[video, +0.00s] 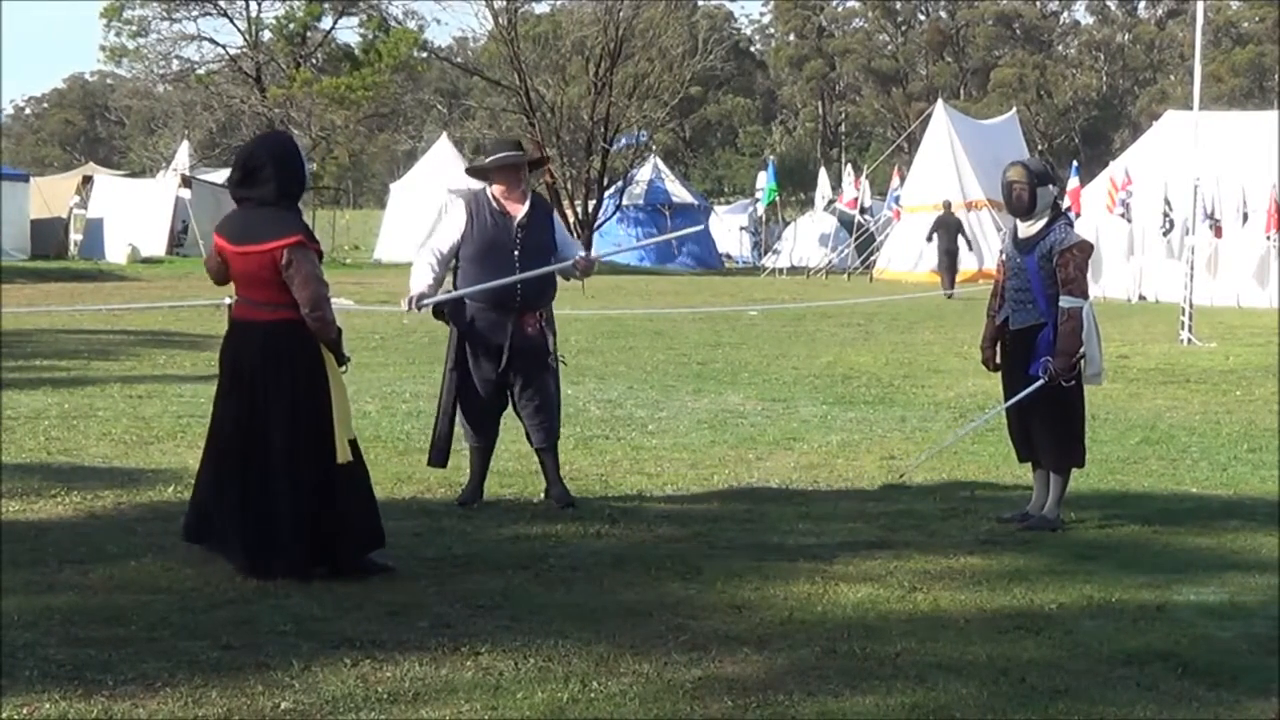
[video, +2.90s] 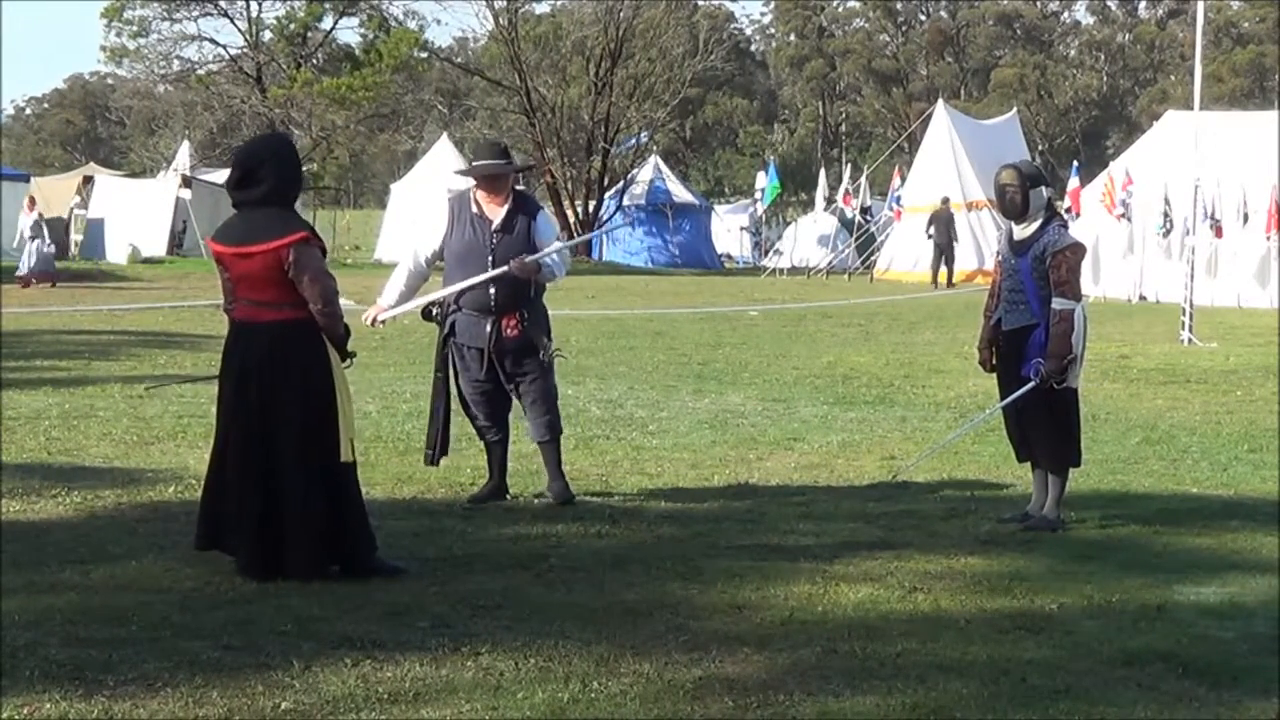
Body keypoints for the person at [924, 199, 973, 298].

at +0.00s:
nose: (946, 208)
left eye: (945, 206)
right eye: (948, 206)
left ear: (943, 207)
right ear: (951, 207)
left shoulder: (939, 219)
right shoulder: (956, 219)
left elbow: (932, 229)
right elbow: (964, 233)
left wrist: (929, 237)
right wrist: (969, 245)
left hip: (943, 247)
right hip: (953, 247)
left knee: (944, 268)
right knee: (952, 268)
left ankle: (947, 289)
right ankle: (951, 289)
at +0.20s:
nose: (942, 205)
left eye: (941, 203)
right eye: (944, 203)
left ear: (939, 204)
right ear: (947, 203)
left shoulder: (936, 215)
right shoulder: (952, 215)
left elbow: (930, 227)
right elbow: (958, 228)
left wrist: (926, 237)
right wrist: (960, 239)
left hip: (938, 246)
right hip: (950, 246)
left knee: (937, 265)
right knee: (950, 266)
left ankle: (941, 284)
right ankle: (949, 287)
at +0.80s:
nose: (932, 204)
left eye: (931, 202)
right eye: (933, 202)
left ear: (928, 202)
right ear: (935, 202)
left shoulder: (923, 213)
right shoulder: (940, 213)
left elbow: (916, 225)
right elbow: (946, 227)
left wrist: (912, 234)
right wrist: (952, 240)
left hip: (927, 243)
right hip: (937, 243)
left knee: (928, 265)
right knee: (938, 265)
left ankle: (929, 286)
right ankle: (936, 285)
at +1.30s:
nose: (928, 204)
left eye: (927, 202)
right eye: (930, 202)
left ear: (924, 203)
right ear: (932, 203)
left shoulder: (920, 214)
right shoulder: (936, 214)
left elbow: (915, 226)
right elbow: (942, 226)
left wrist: (913, 234)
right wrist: (942, 233)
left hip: (922, 243)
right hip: (933, 244)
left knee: (920, 262)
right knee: (932, 263)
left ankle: (921, 282)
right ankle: (931, 284)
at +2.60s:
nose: (940, 207)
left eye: (938, 205)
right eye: (940, 205)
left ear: (933, 205)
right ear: (940, 205)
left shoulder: (928, 216)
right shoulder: (943, 217)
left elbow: (923, 227)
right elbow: (951, 230)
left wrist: (920, 236)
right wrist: (944, 225)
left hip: (930, 243)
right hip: (939, 243)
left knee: (931, 262)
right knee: (939, 262)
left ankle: (932, 281)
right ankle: (934, 282)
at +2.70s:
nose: (943, 206)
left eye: (942, 204)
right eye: (943, 204)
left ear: (935, 205)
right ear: (941, 205)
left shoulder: (930, 215)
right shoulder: (945, 216)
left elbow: (925, 226)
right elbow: (949, 228)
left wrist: (922, 236)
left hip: (932, 244)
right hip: (941, 244)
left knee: (933, 262)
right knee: (944, 261)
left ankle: (934, 281)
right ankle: (937, 279)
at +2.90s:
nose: (949, 205)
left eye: (948, 203)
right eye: (949, 203)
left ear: (941, 203)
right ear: (948, 203)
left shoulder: (935, 213)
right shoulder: (949, 214)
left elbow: (929, 223)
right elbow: (952, 227)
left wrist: (927, 232)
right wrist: (955, 237)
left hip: (937, 240)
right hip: (947, 241)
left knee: (936, 261)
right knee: (950, 262)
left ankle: (934, 281)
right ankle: (949, 281)